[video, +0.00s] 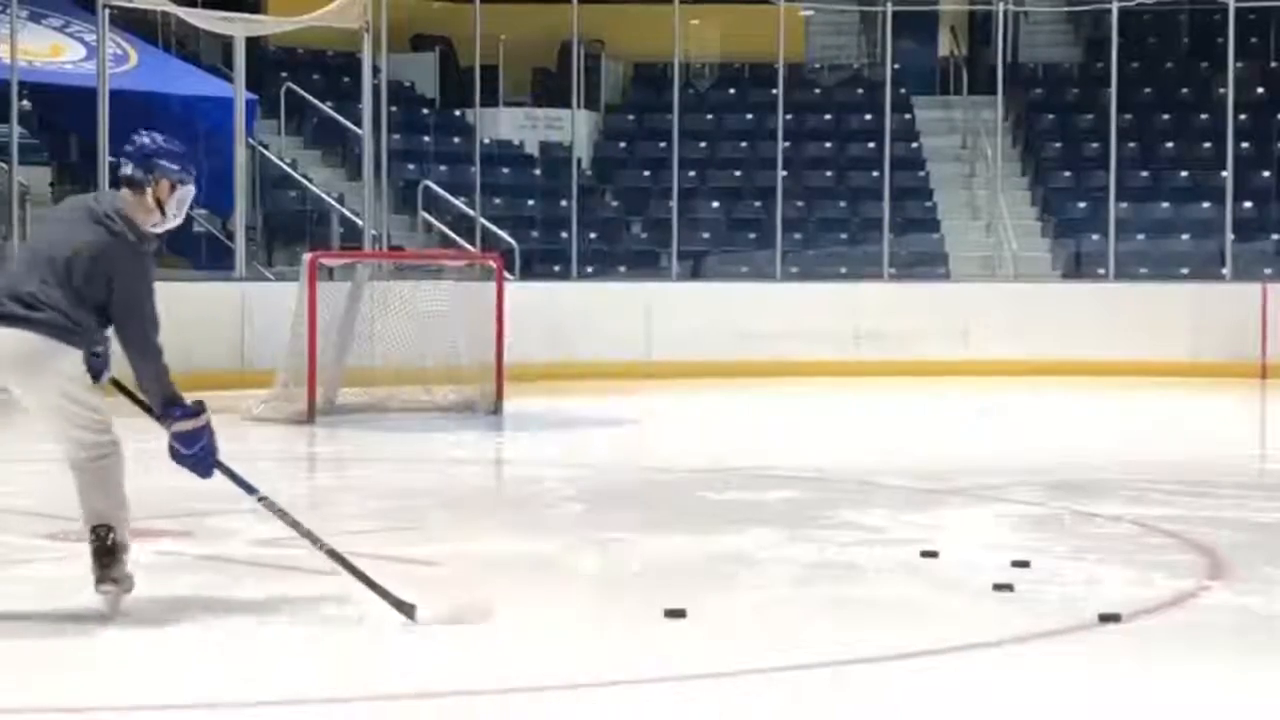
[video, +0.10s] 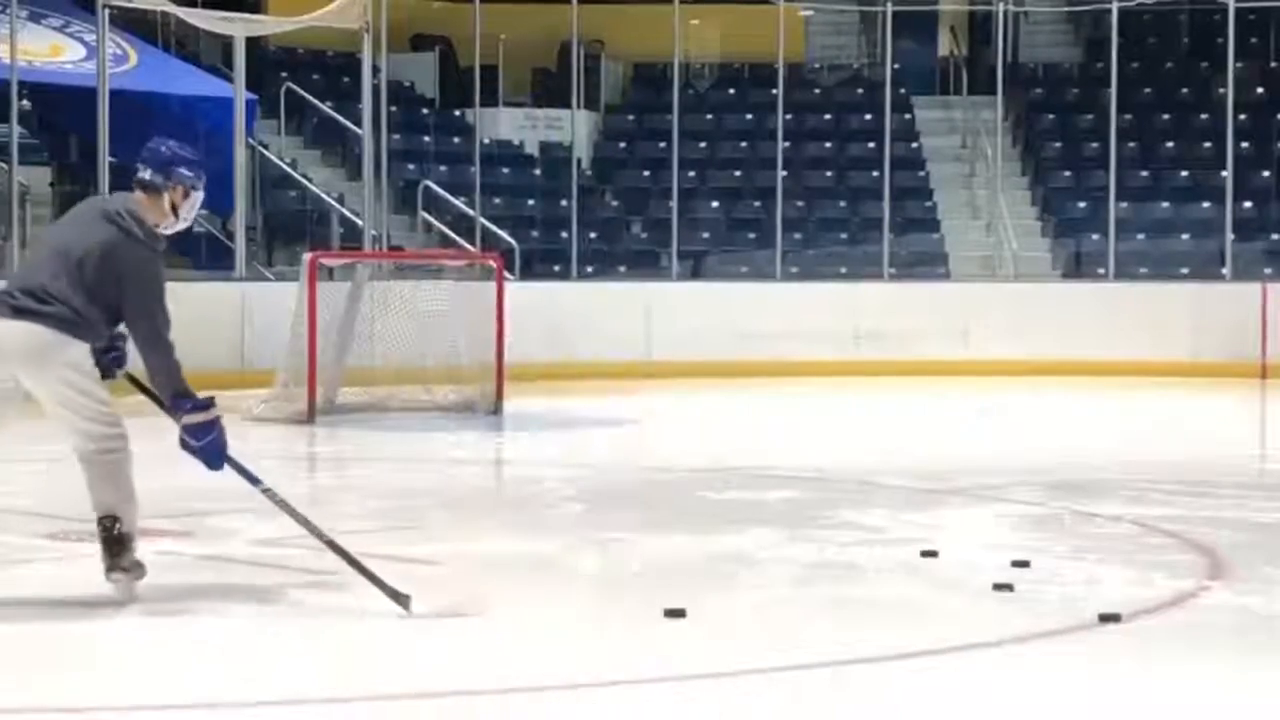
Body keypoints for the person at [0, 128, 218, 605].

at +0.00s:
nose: (176, 205)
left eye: (181, 194)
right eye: (173, 190)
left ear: (128, 179)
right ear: (150, 185)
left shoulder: (71, 208)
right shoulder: (127, 248)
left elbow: (60, 278)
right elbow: (140, 341)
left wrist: (93, 340)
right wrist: (172, 409)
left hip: (6, 326)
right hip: (40, 340)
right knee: (93, 443)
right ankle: (109, 552)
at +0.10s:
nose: (189, 210)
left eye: (193, 199)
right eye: (188, 197)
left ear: (142, 182)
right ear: (172, 191)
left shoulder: (94, 209)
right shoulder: (137, 248)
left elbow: (69, 274)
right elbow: (154, 342)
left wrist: (104, 336)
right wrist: (187, 409)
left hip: (8, 320)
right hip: (48, 335)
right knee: (102, 438)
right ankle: (118, 548)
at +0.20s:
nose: (197, 214)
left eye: (202, 203)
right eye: (197, 201)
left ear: (154, 185)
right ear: (181, 196)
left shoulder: (106, 214)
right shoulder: (151, 253)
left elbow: (85, 275)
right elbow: (166, 339)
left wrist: (117, 332)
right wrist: (197, 402)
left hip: (9, 314)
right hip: (58, 331)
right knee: (109, 431)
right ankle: (129, 541)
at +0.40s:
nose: (217, 219)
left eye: (220, 208)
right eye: (218, 207)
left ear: (171, 190)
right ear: (206, 202)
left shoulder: (125, 210)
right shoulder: (177, 251)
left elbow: (75, 241)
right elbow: (146, 327)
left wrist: (82, 296)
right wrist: (149, 385)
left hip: (45, 318)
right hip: (100, 338)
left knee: (22, 433)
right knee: (114, 441)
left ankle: (0, 521)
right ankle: (132, 510)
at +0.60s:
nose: (239, 228)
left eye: (240, 220)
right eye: (239, 220)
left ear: (203, 203)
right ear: (231, 217)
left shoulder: (162, 219)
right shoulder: (227, 255)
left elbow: (102, 241)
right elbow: (204, 299)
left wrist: (125, 280)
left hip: (103, 329)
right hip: (147, 348)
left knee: (108, 421)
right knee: (138, 449)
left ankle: (97, 483)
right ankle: (106, 508)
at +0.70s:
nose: (268, 217)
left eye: (267, 209)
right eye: (268, 210)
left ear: (227, 199)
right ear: (261, 210)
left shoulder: (187, 220)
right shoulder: (259, 249)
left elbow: (129, 249)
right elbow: (230, 295)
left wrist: (133, 283)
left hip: (142, 334)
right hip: (185, 348)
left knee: (157, 424)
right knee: (160, 453)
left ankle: (148, 501)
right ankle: (107, 494)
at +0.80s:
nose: (293, 200)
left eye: (292, 192)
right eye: (293, 193)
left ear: (255, 183)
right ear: (287, 193)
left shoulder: (212, 214)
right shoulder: (290, 233)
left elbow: (162, 255)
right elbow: (277, 302)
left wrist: (172, 296)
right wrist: (274, 357)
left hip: (188, 329)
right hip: (230, 342)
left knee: (213, 421)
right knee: (205, 436)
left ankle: (193, 492)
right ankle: (150, 484)